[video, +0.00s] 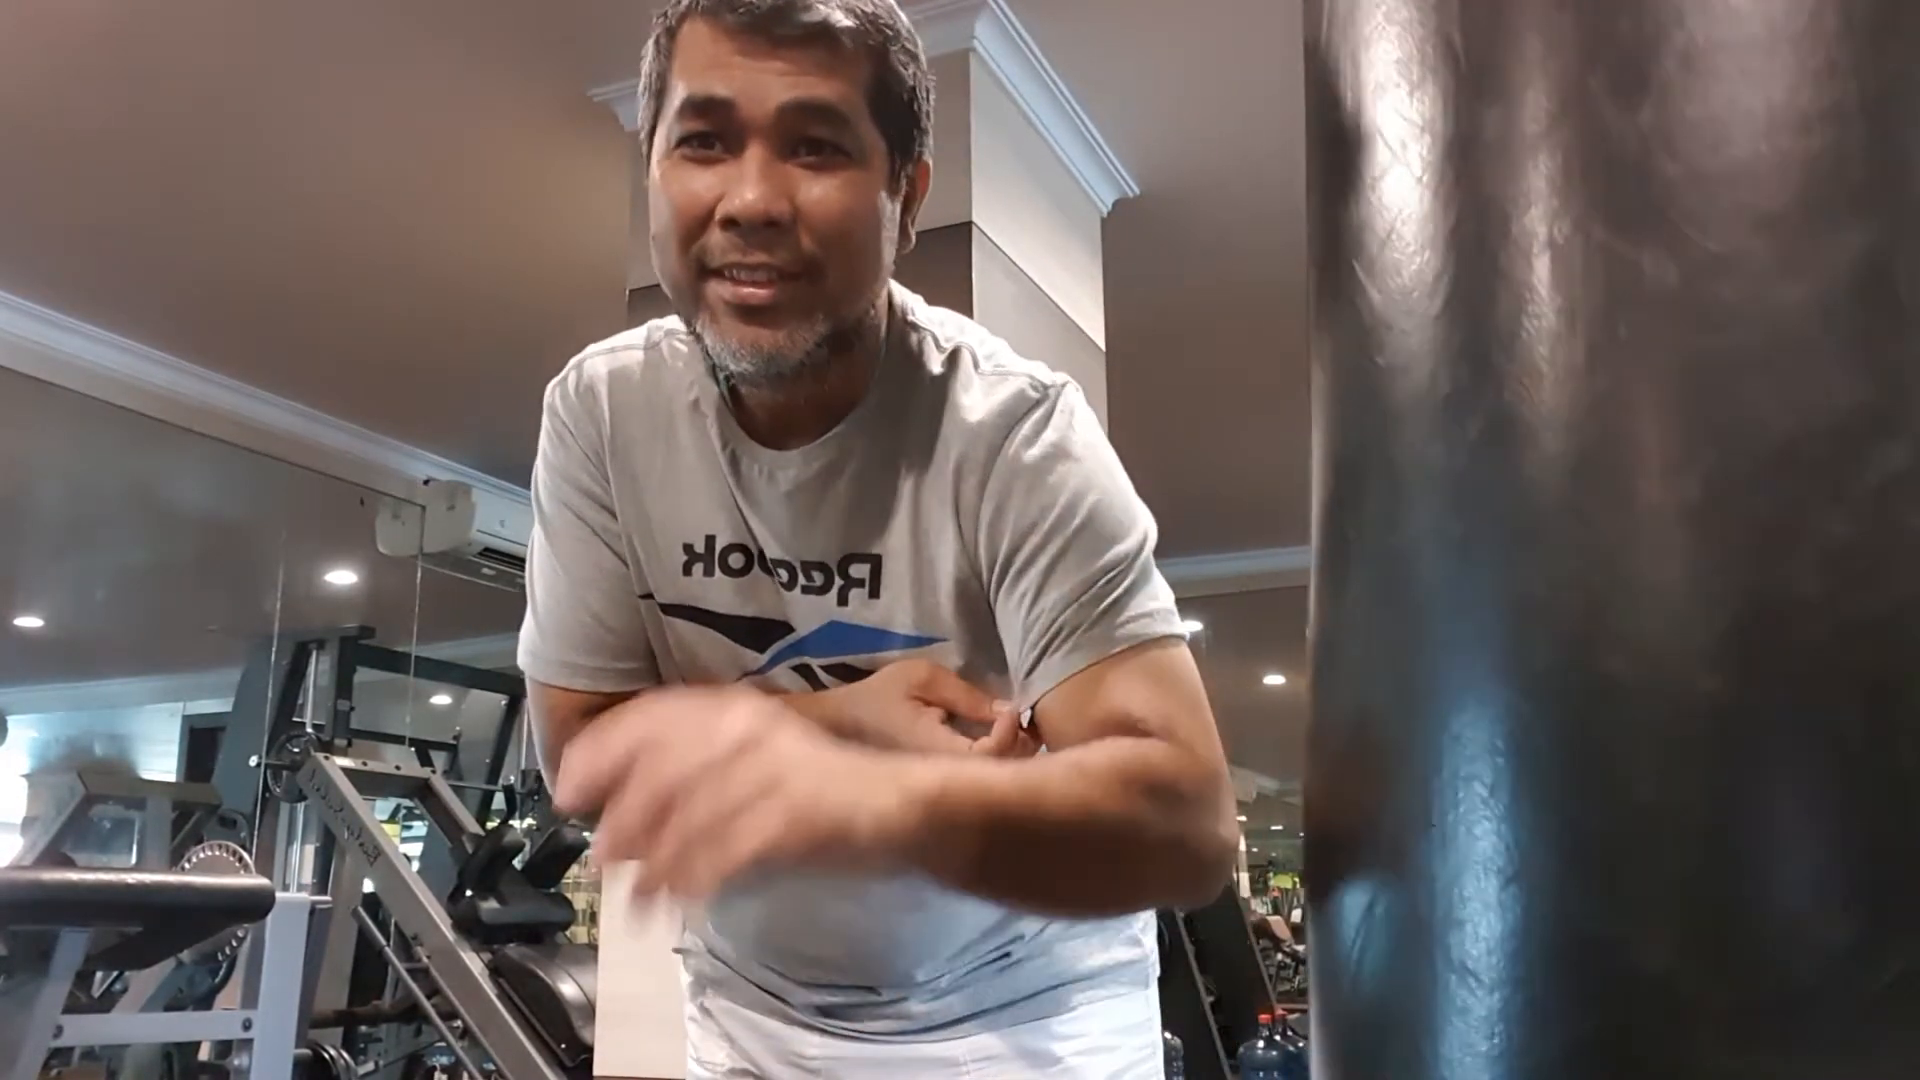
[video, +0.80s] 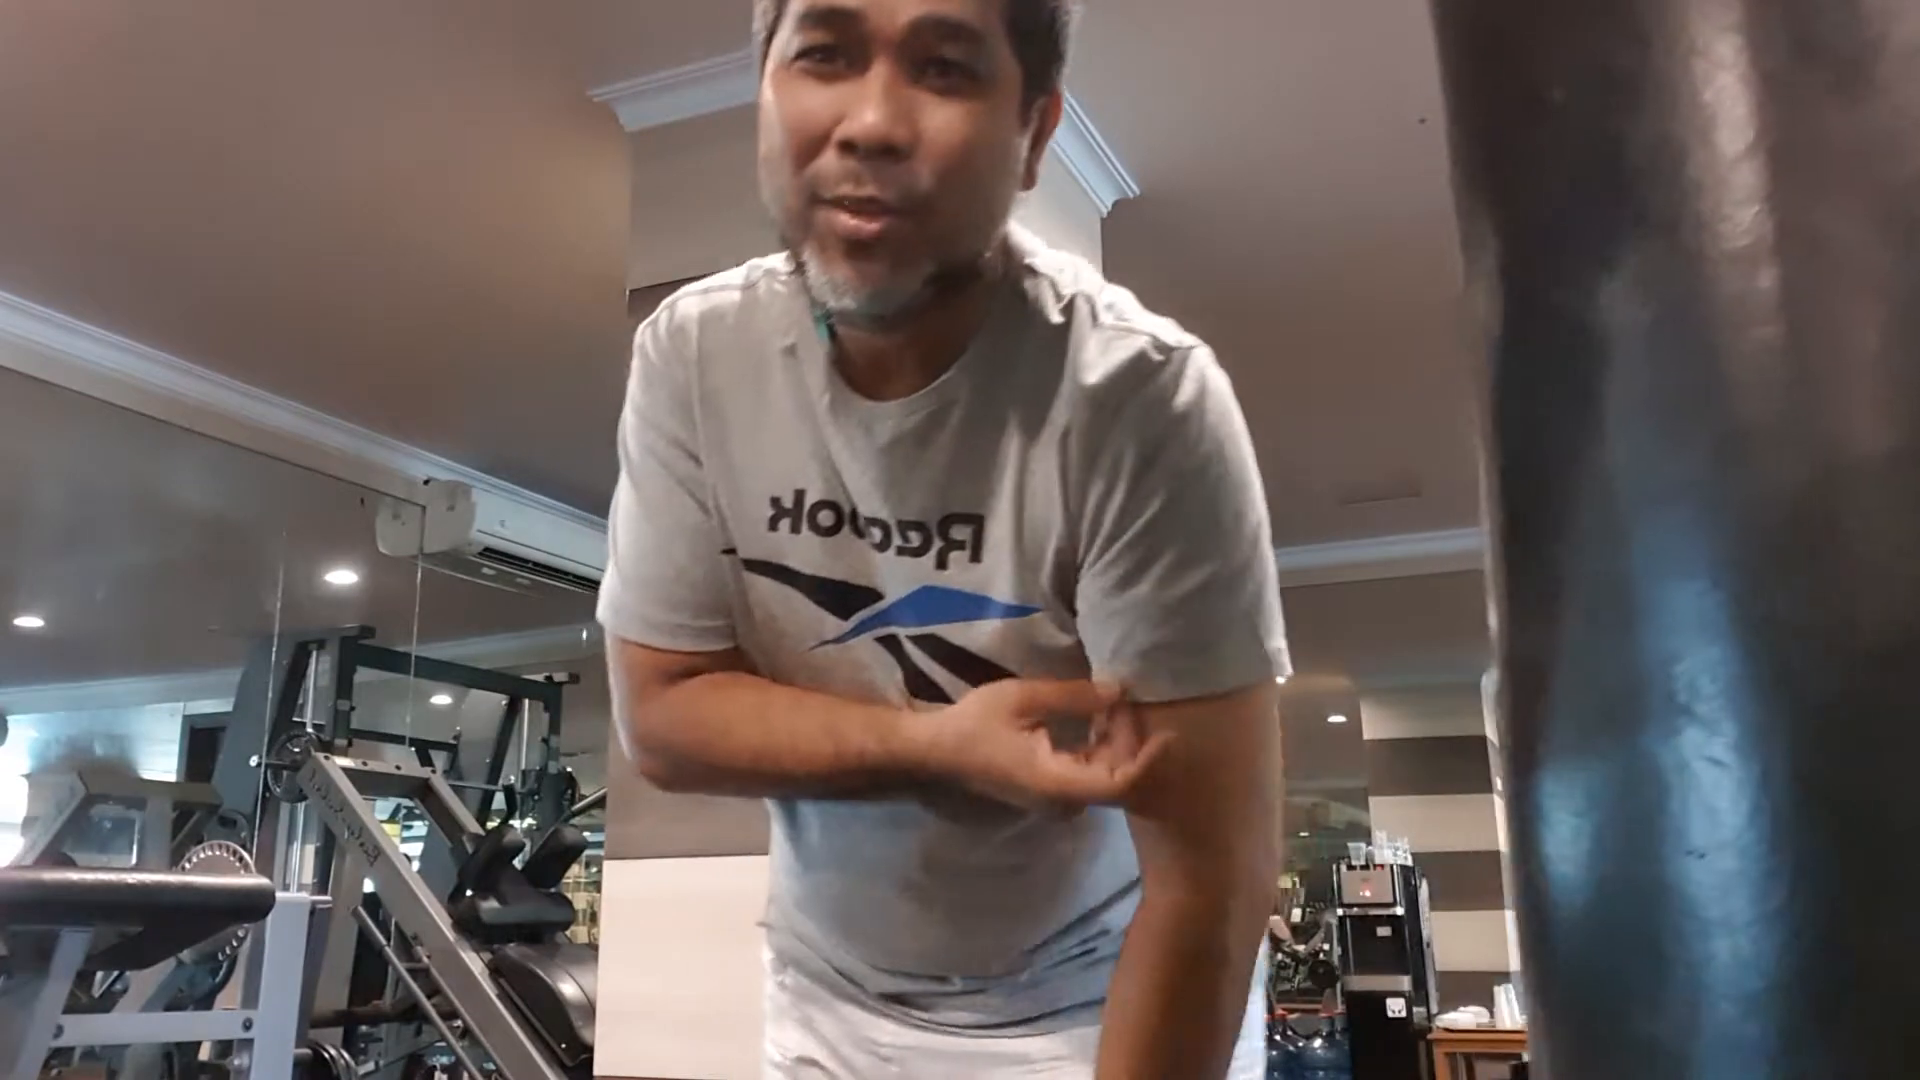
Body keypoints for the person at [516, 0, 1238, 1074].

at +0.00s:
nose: (752, 202)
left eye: (816, 150)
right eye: (705, 142)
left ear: (907, 197)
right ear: (651, 173)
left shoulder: (1014, 430)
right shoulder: (603, 411)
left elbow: (1189, 820)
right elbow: (582, 744)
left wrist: (882, 799)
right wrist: (837, 722)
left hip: (1026, 1015)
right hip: (746, 1008)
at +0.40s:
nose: (776, 180)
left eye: (842, 124)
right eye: (733, 118)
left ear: (937, 174)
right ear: (680, 146)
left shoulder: (1050, 410)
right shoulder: (627, 396)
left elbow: (1228, 798)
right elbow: (610, 749)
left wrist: (975, 860)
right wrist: (874, 720)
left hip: (1052, 1014)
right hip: (772, 1008)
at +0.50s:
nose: (796, 165)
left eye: (863, 112)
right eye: (753, 103)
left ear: (957, 161)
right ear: (698, 133)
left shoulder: (1069, 409)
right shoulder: (643, 388)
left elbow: (1245, 803)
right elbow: (624, 742)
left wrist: (990, 1004)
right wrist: (892, 719)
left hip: (1075, 1015)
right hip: (785, 1017)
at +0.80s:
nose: (871, 123)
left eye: (945, 69)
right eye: (824, 57)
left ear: (1035, 130)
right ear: (762, 95)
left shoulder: (1146, 404)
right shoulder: (692, 356)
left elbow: (1209, 877)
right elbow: (664, 716)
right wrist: (936, 740)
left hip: (1082, 1020)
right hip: (824, 1007)